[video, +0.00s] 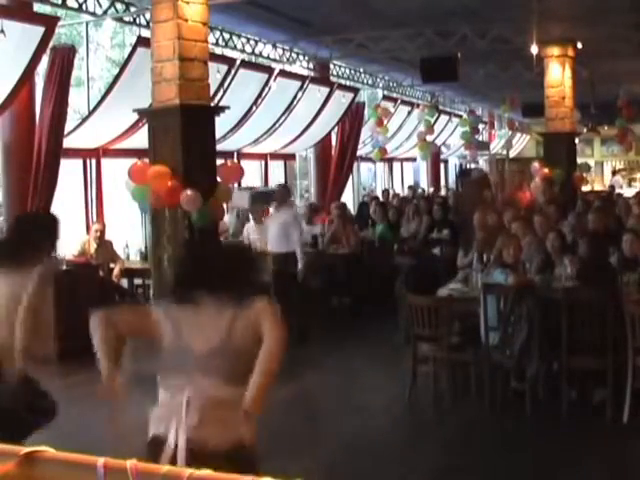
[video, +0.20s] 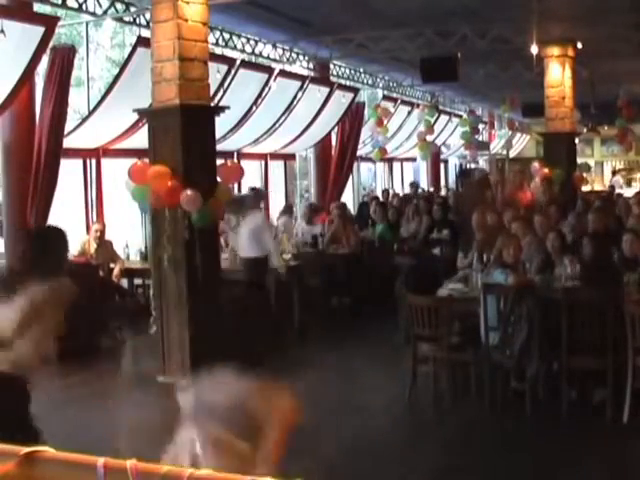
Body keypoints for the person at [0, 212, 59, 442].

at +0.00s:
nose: (54, 247)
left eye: (54, 240)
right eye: (53, 240)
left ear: (16, 234)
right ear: (44, 241)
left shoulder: (6, 265)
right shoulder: (41, 271)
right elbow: (25, 318)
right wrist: (20, 371)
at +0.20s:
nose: (23, 253)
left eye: (28, 248)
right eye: (26, 247)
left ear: (37, 253)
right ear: (61, 254)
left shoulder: (37, 293)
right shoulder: (65, 287)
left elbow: (8, 326)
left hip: (13, 367)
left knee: (12, 428)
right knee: (21, 424)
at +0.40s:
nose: (83, 262)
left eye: (82, 256)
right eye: (80, 256)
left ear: (46, 260)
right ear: (74, 263)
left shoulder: (37, 299)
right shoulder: (70, 300)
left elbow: (10, 354)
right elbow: (72, 362)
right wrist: (85, 408)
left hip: (12, 387)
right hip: (40, 391)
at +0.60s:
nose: (103, 258)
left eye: (101, 252)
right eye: (99, 253)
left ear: (63, 258)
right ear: (93, 260)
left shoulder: (48, 300)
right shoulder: (100, 306)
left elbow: (44, 352)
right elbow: (112, 366)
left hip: (44, 392)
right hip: (76, 397)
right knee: (111, 443)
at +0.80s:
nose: (116, 255)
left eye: (113, 250)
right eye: (113, 251)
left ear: (81, 256)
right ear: (110, 257)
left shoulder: (67, 297)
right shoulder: (122, 301)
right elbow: (136, 347)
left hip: (68, 383)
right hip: (102, 383)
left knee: (116, 444)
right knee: (127, 448)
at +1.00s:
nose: (130, 248)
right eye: (127, 244)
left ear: (95, 250)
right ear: (125, 249)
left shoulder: (89, 286)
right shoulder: (139, 286)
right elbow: (171, 310)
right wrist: (193, 319)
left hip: (95, 375)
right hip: (126, 376)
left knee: (116, 429)